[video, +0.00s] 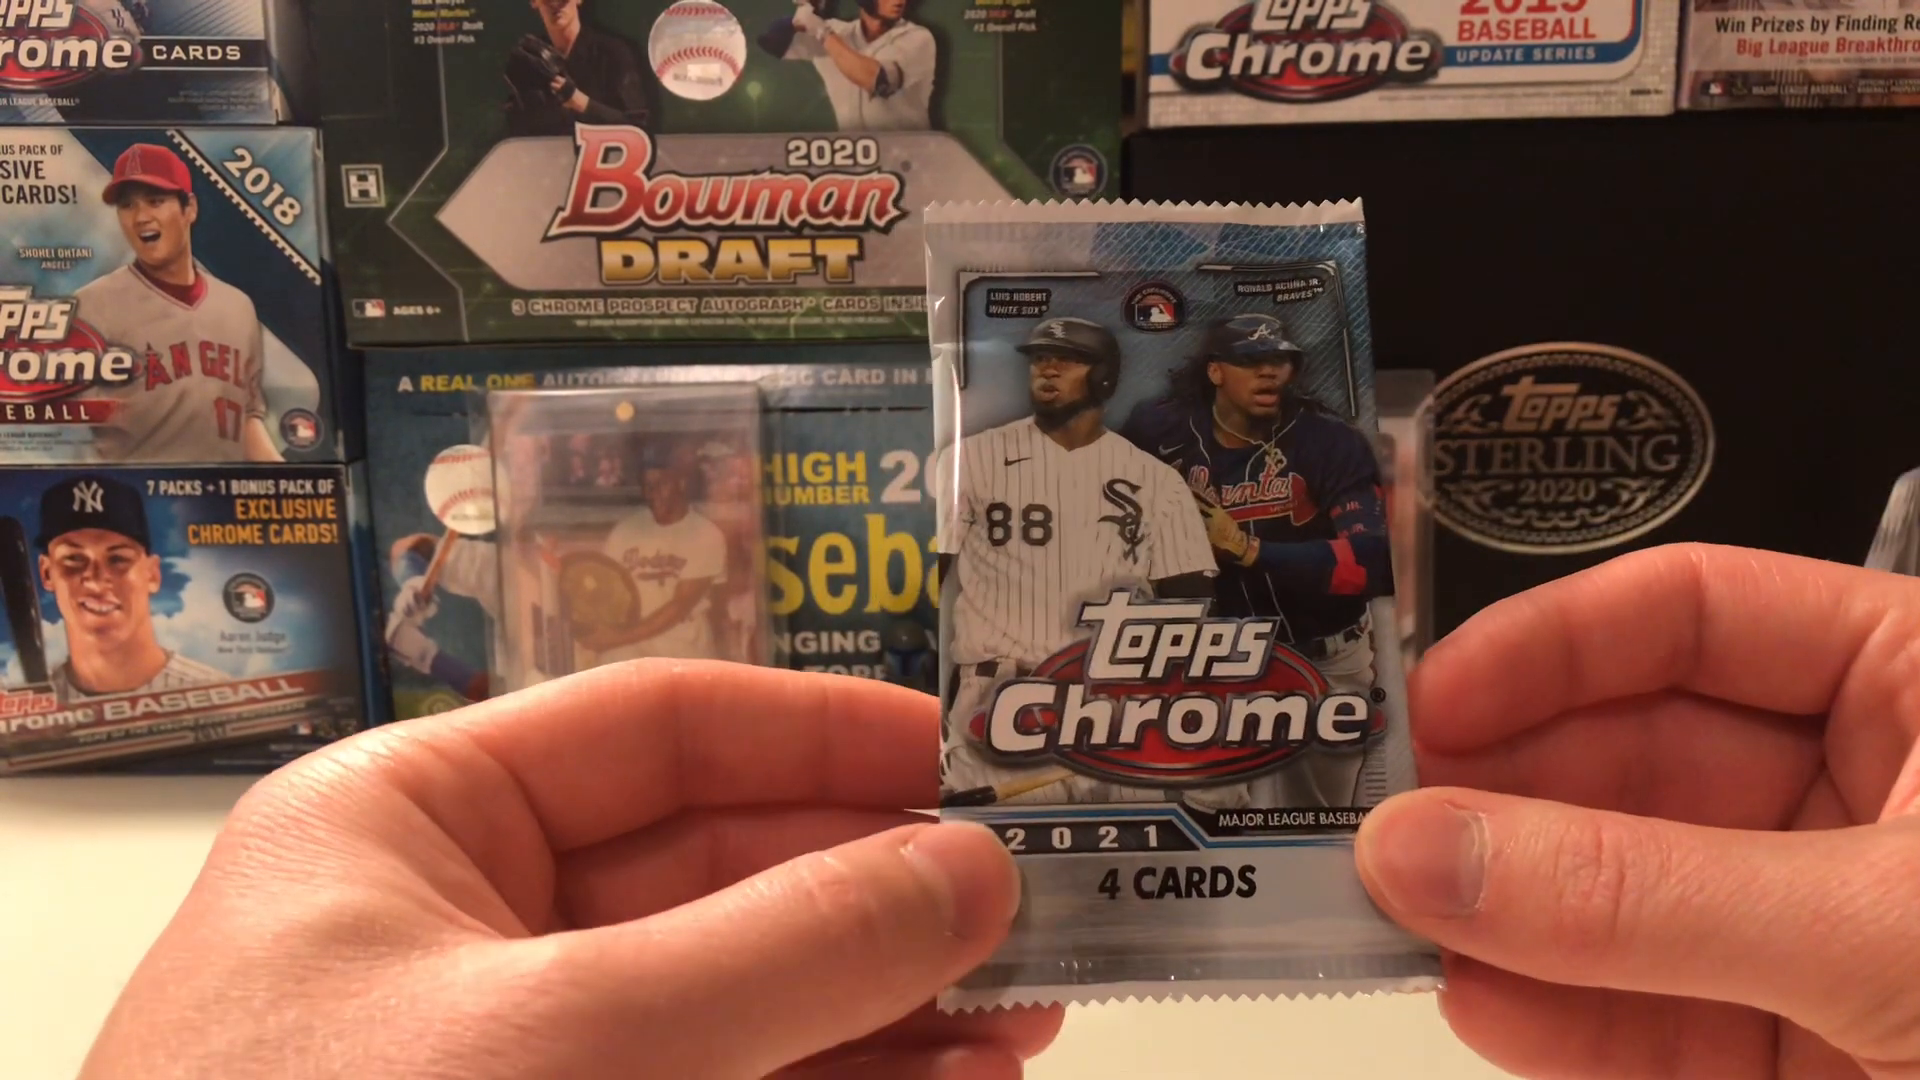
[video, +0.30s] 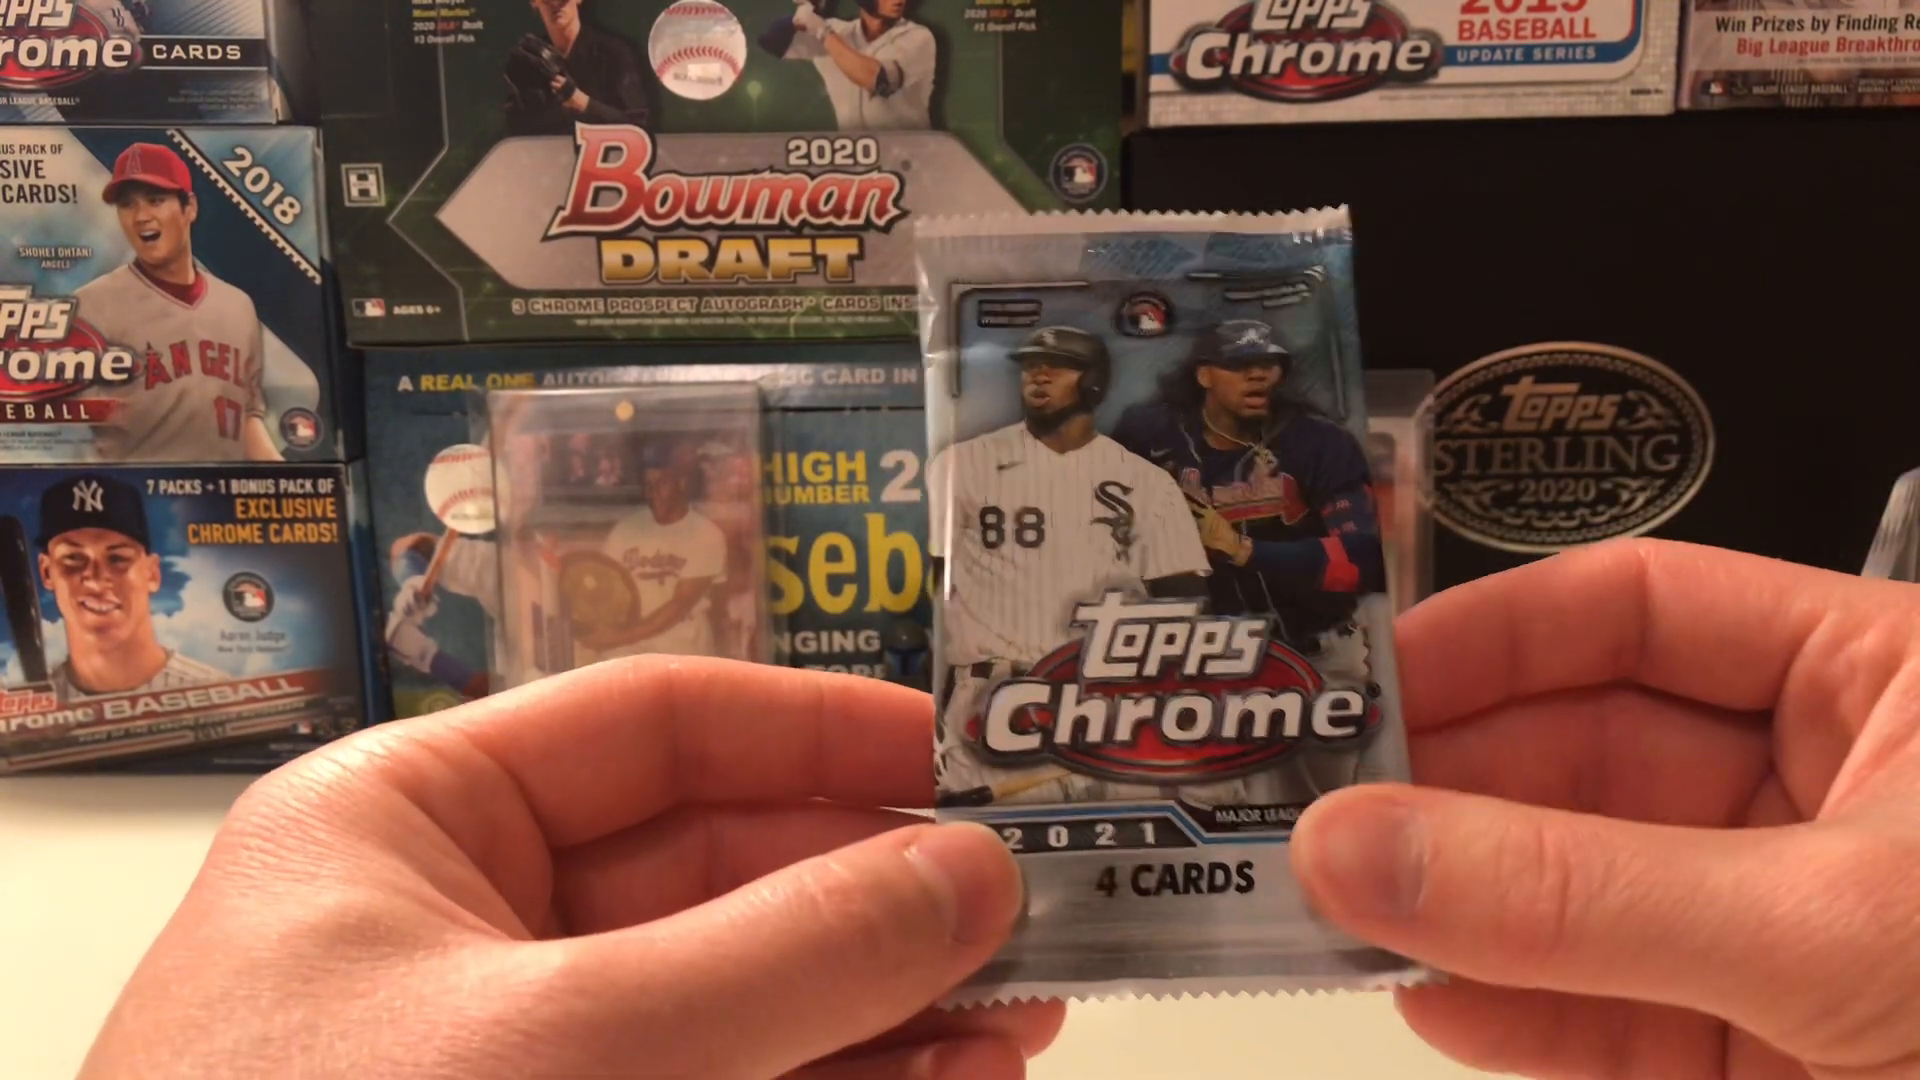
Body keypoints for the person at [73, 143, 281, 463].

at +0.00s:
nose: (142, 217)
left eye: (156, 200)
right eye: (128, 204)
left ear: (189, 210)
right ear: (118, 217)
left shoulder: (239, 307)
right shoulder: (92, 307)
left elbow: (248, 415)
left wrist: (282, 482)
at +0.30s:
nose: (142, 216)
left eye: (156, 199)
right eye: (128, 203)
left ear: (189, 209)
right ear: (118, 216)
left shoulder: (239, 307)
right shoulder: (91, 307)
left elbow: (248, 414)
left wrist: (282, 481)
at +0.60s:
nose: (142, 217)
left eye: (156, 200)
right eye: (129, 204)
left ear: (189, 210)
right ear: (118, 217)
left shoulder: (238, 307)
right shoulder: (91, 307)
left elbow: (248, 414)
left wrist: (283, 482)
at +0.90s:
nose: (142, 216)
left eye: (157, 200)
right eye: (128, 203)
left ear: (189, 209)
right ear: (118, 216)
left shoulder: (238, 306)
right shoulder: (90, 307)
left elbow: (248, 414)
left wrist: (283, 482)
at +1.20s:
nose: (142, 216)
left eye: (156, 200)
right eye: (128, 203)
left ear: (189, 209)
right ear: (118, 217)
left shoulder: (238, 306)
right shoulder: (90, 307)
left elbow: (248, 414)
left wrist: (282, 481)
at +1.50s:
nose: (142, 216)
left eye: (156, 200)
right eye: (129, 203)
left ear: (189, 209)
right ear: (118, 216)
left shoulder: (238, 306)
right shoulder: (91, 306)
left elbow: (248, 414)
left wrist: (282, 480)